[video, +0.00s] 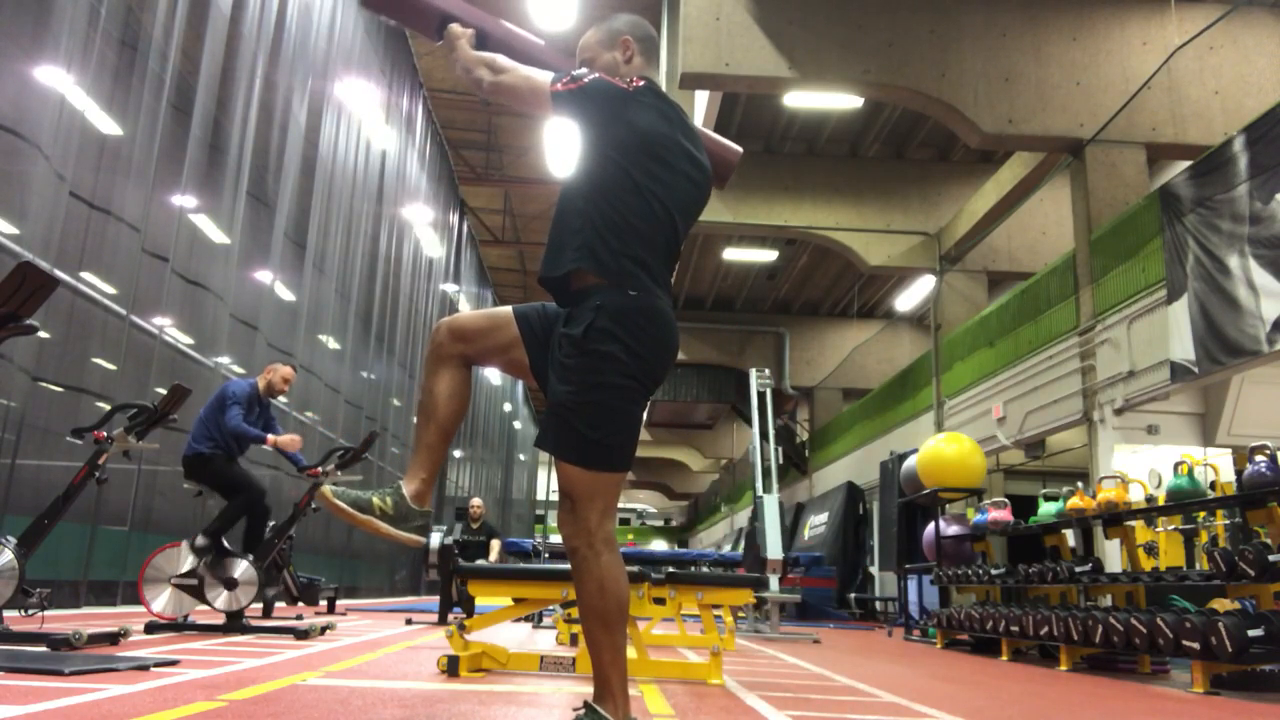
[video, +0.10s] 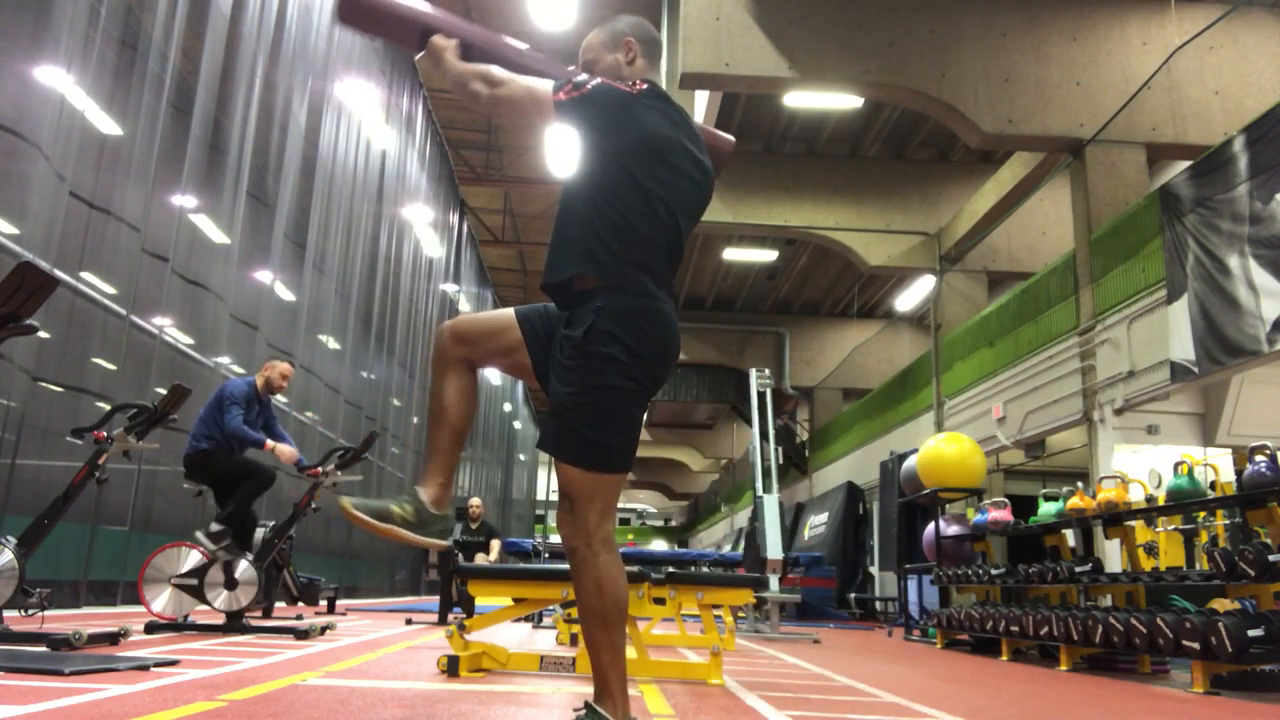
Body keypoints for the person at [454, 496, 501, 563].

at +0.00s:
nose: (475, 510)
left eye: (478, 507)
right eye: (472, 507)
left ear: (483, 510)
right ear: (468, 510)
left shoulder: (489, 528)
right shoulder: (460, 527)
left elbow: (494, 548)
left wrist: (490, 561)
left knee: (480, 563)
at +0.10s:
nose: (474, 510)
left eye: (477, 507)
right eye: (471, 507)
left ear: (482, 510)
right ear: (467, 509)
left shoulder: (488, 527)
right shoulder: (459, 527)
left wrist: (490, 560)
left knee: (480, 556)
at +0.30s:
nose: (470, 510)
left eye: (474, 506)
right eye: (467, 507)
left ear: (479, 509)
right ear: (463, 508)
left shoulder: (487, 527)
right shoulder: (457, 527)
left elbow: (496, 548)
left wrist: (490, 562)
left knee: (482, 547)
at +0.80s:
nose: (468, 506)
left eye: (471, 503)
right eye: (465, 503)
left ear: (477, 508)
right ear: (460, 506)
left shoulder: (483, 526)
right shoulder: (453, 526)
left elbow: (494, 542)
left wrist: (485, 556)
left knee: (479, 540)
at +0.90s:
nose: (470, 505)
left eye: (473, 503)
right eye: (466, 503)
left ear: (478, 507)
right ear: (462, 506)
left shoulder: (484, 525)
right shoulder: (454, 526)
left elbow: (492, 537)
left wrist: (485, 549)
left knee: (477, 540)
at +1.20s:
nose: (474, 506)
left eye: (478, 504)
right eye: (471, 504)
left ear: (483, 510)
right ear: (467, 508)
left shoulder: (487, 526)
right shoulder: (459, 524)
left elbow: (492, 534)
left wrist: (486, 544)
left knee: (477, 548)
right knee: (458, 548)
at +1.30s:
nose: (476, 508)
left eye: (479, 506)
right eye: (473, 506)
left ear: (484, 511)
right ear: (469, 509)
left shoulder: (488, 526)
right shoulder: (461, 525)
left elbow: (493, 535)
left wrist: (486, 545)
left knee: (476, 553)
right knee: (460, 552)